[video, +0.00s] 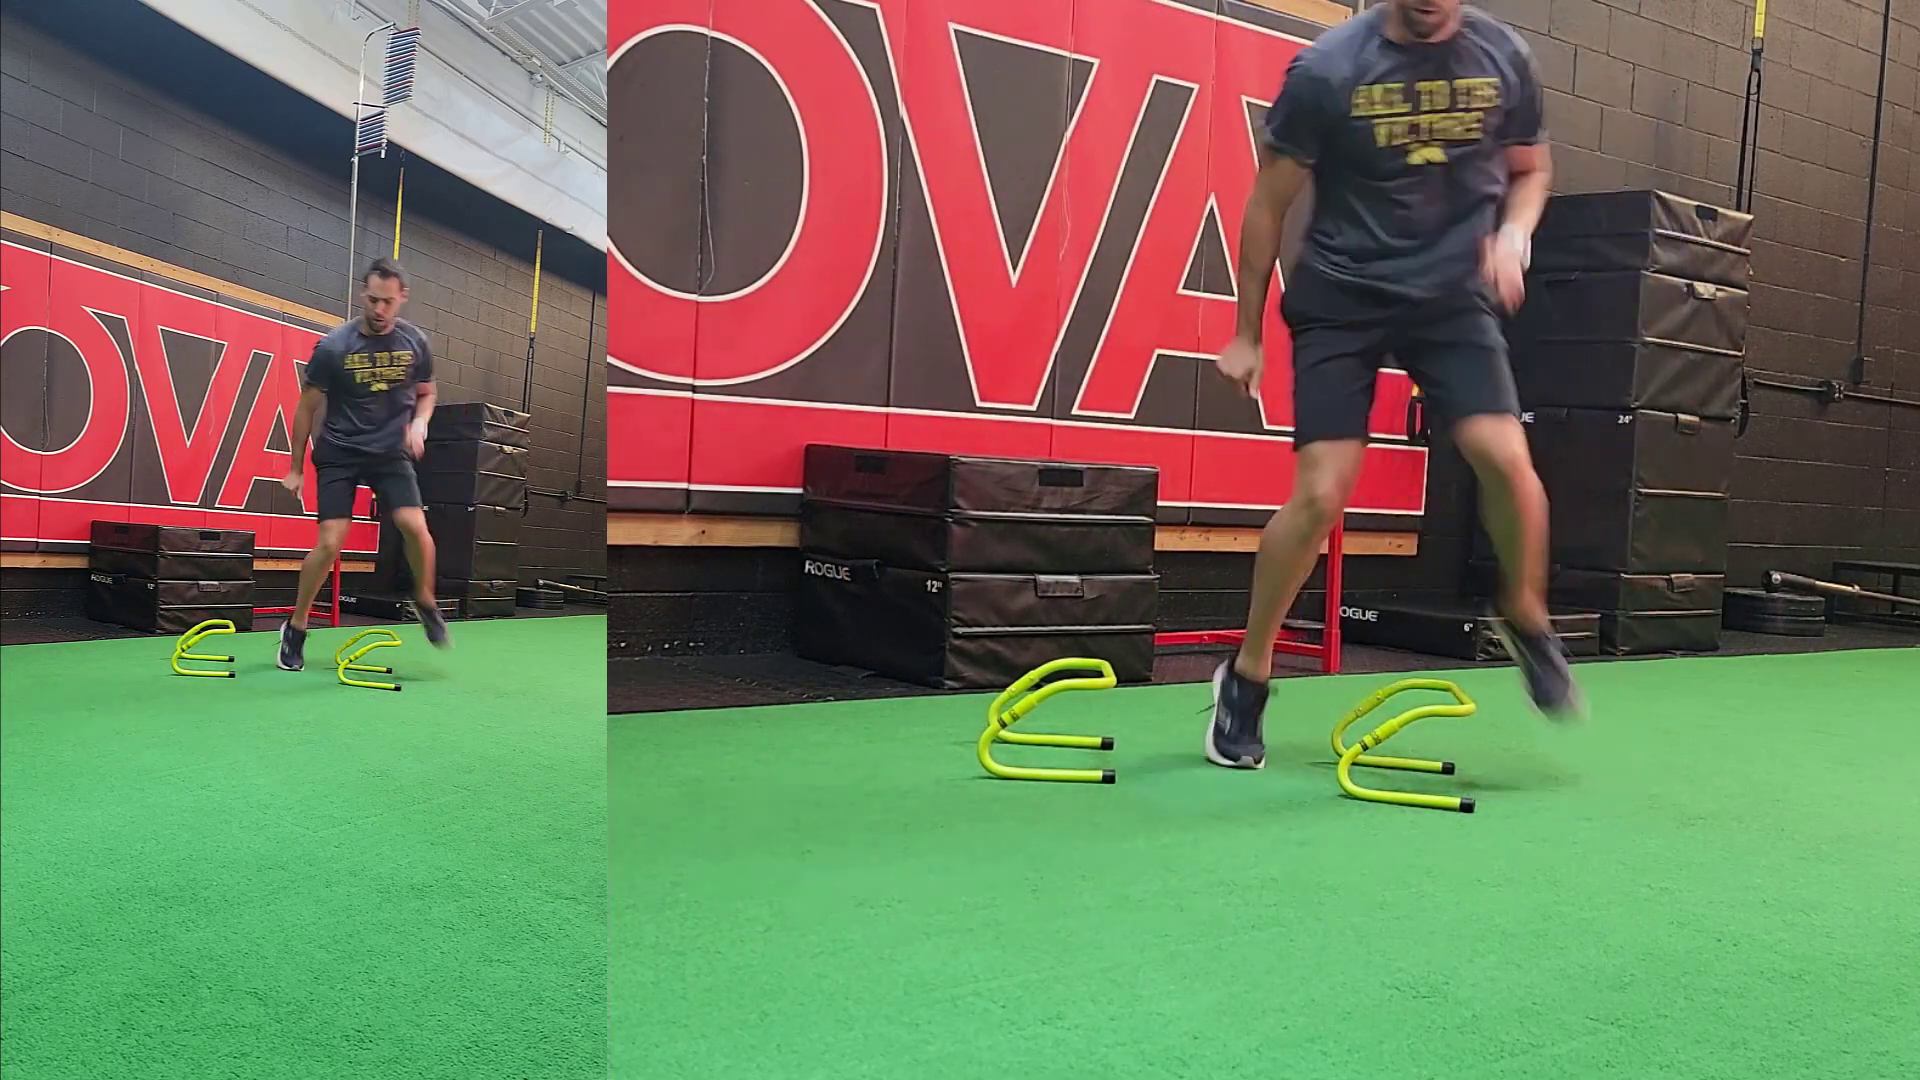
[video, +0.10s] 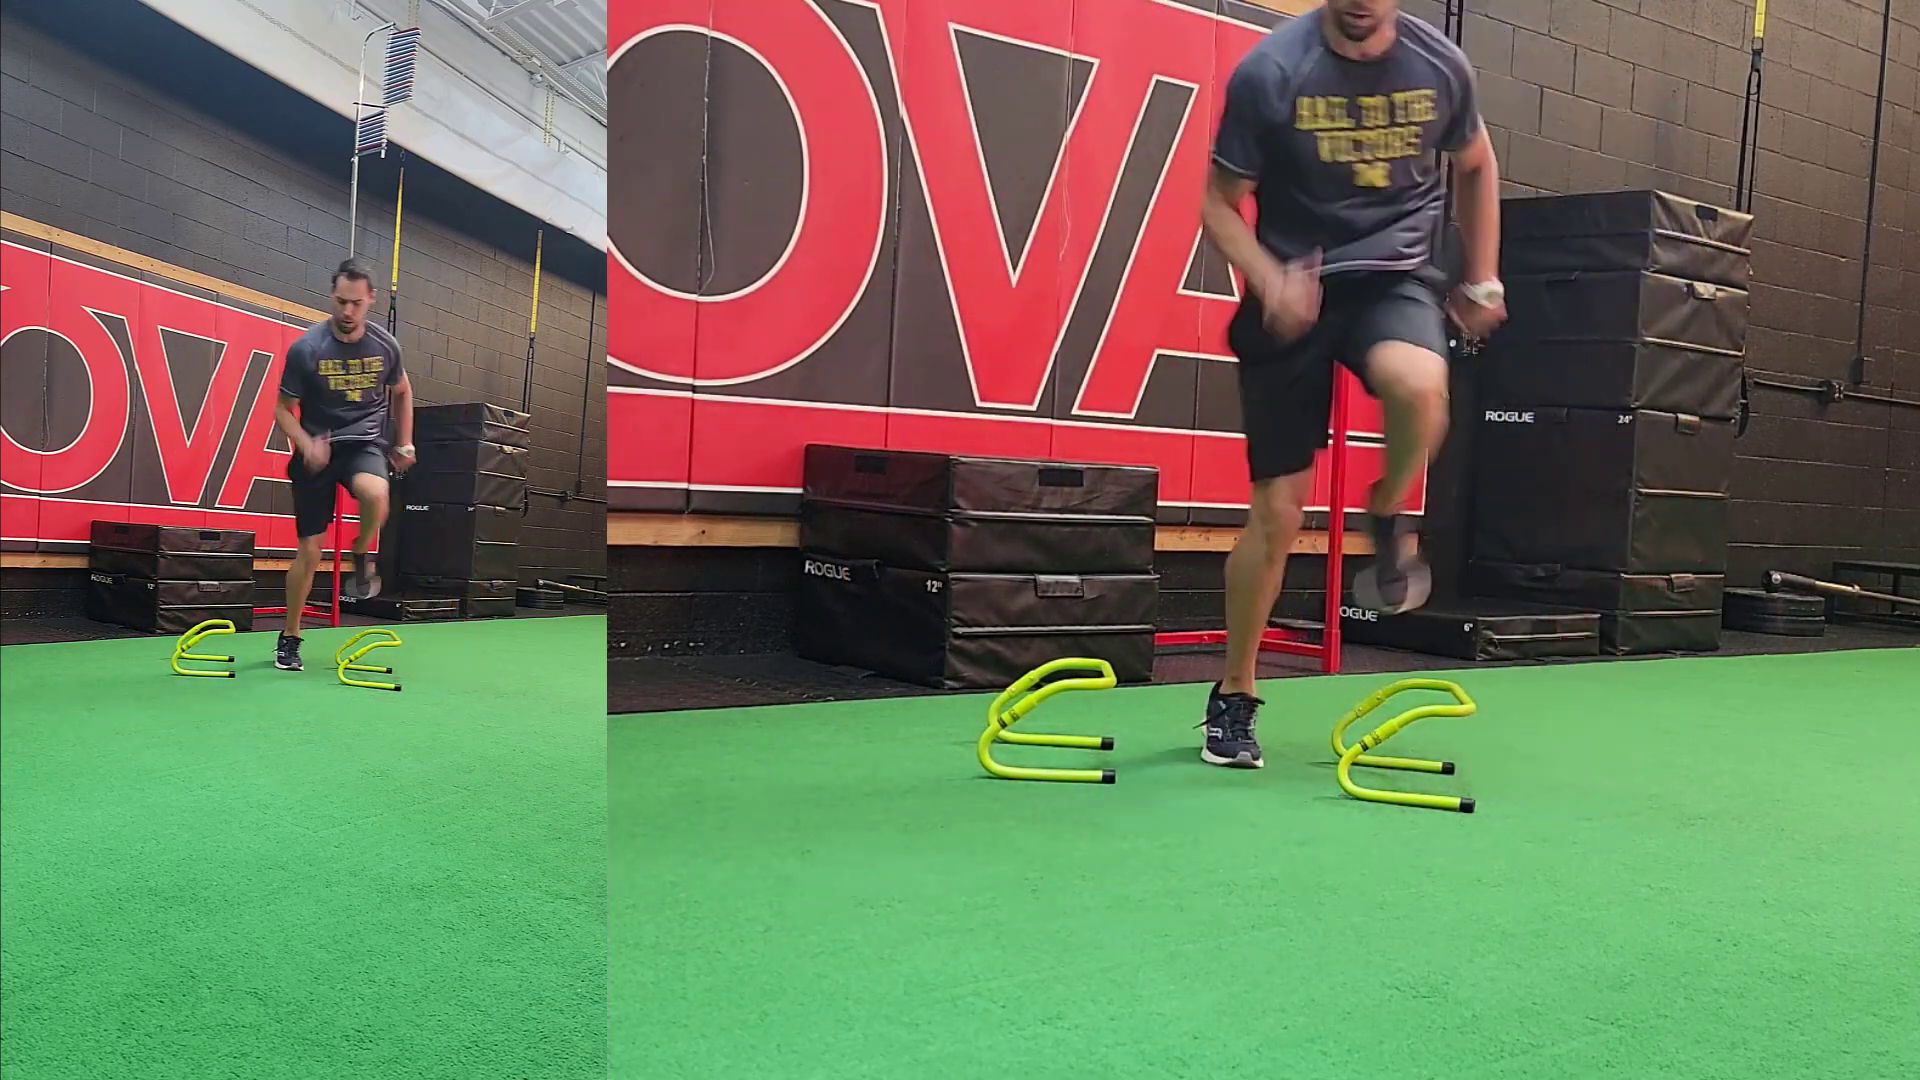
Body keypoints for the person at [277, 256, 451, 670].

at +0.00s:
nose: (379, 310)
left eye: (388, 301)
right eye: (373, 299)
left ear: (402, 300)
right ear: (361, 295)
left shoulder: (415, 342)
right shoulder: (333, 347)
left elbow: (426, 393)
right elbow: (307, 407)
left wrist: (418, 424)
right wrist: (295, 468)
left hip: (391, 452)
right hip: (339, 452)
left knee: (415, 526)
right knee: (330, 544)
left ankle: (425, 601)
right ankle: (296, 627)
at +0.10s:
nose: (347, 311)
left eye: (355, 303)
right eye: (341, 302)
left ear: (370, 302)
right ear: (330, 299)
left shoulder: (386, 347)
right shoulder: (305, 350)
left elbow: (401, 391)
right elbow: (283, 409)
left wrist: (404, 443)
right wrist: (304, 443)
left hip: (364, 445)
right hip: (316, 446)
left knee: (375, 494)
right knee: (309, 550)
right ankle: (290, 635)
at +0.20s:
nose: (322, 301)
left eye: (331, 294)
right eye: (316, 292)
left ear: (346, 291)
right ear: (307, 287)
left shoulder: (367, 334)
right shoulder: (282, 331)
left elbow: (379, 378)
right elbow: (262, 387)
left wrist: (374, 429)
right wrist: (285, 405)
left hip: (337, 440)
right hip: (289, 438)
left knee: (331, 508)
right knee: (286, 526)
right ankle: (284, 619)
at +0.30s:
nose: (296, 306)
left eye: (305, 298)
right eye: (290, 296)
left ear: (321, 295)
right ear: (281, 289)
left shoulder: (339, 343)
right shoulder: (255, 335)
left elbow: (350, 399)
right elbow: (237, 388)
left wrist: (345, 453)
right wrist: (235, 429)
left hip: (310, 448)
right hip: (262, 444)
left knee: (301, 540)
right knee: (247, 502)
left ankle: (308, 639)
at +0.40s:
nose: (269, 311)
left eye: (278, 303)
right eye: (263, 301)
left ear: (296, 298)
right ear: (255, 296)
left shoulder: (316, 348)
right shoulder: (233, 340)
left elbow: (332, 405)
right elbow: (213, 389)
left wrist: (327, 465)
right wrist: (210, 421)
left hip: (288, 458)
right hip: (239, 445)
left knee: (290, 549)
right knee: (207, 495)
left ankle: (304, 643)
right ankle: (211, 537)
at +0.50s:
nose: (239, 314)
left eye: (247, 305)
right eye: (233, 303)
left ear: (264, 299)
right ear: (224, 296)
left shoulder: (284, 344)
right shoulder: (201, 336)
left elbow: (312, 400)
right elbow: (185, 383)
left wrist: (307, 456)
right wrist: (190, 414)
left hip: (261, 444)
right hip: (212, 438)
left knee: (262, 522)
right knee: (177, 516)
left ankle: (286, 610)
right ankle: (140, 600)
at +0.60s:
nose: (206, 336)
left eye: (215, 328)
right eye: (200, 326)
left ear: (233, 321)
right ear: (191, 318)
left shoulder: (253, 368)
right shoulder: (170, 358)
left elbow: (269, 432)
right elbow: (156, 407)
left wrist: (234, 451)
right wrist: (143, 458)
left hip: (231, 456)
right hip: (181, 453)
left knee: (228, 511)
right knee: (153, 544)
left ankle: (241, 551)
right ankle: (114, 636)